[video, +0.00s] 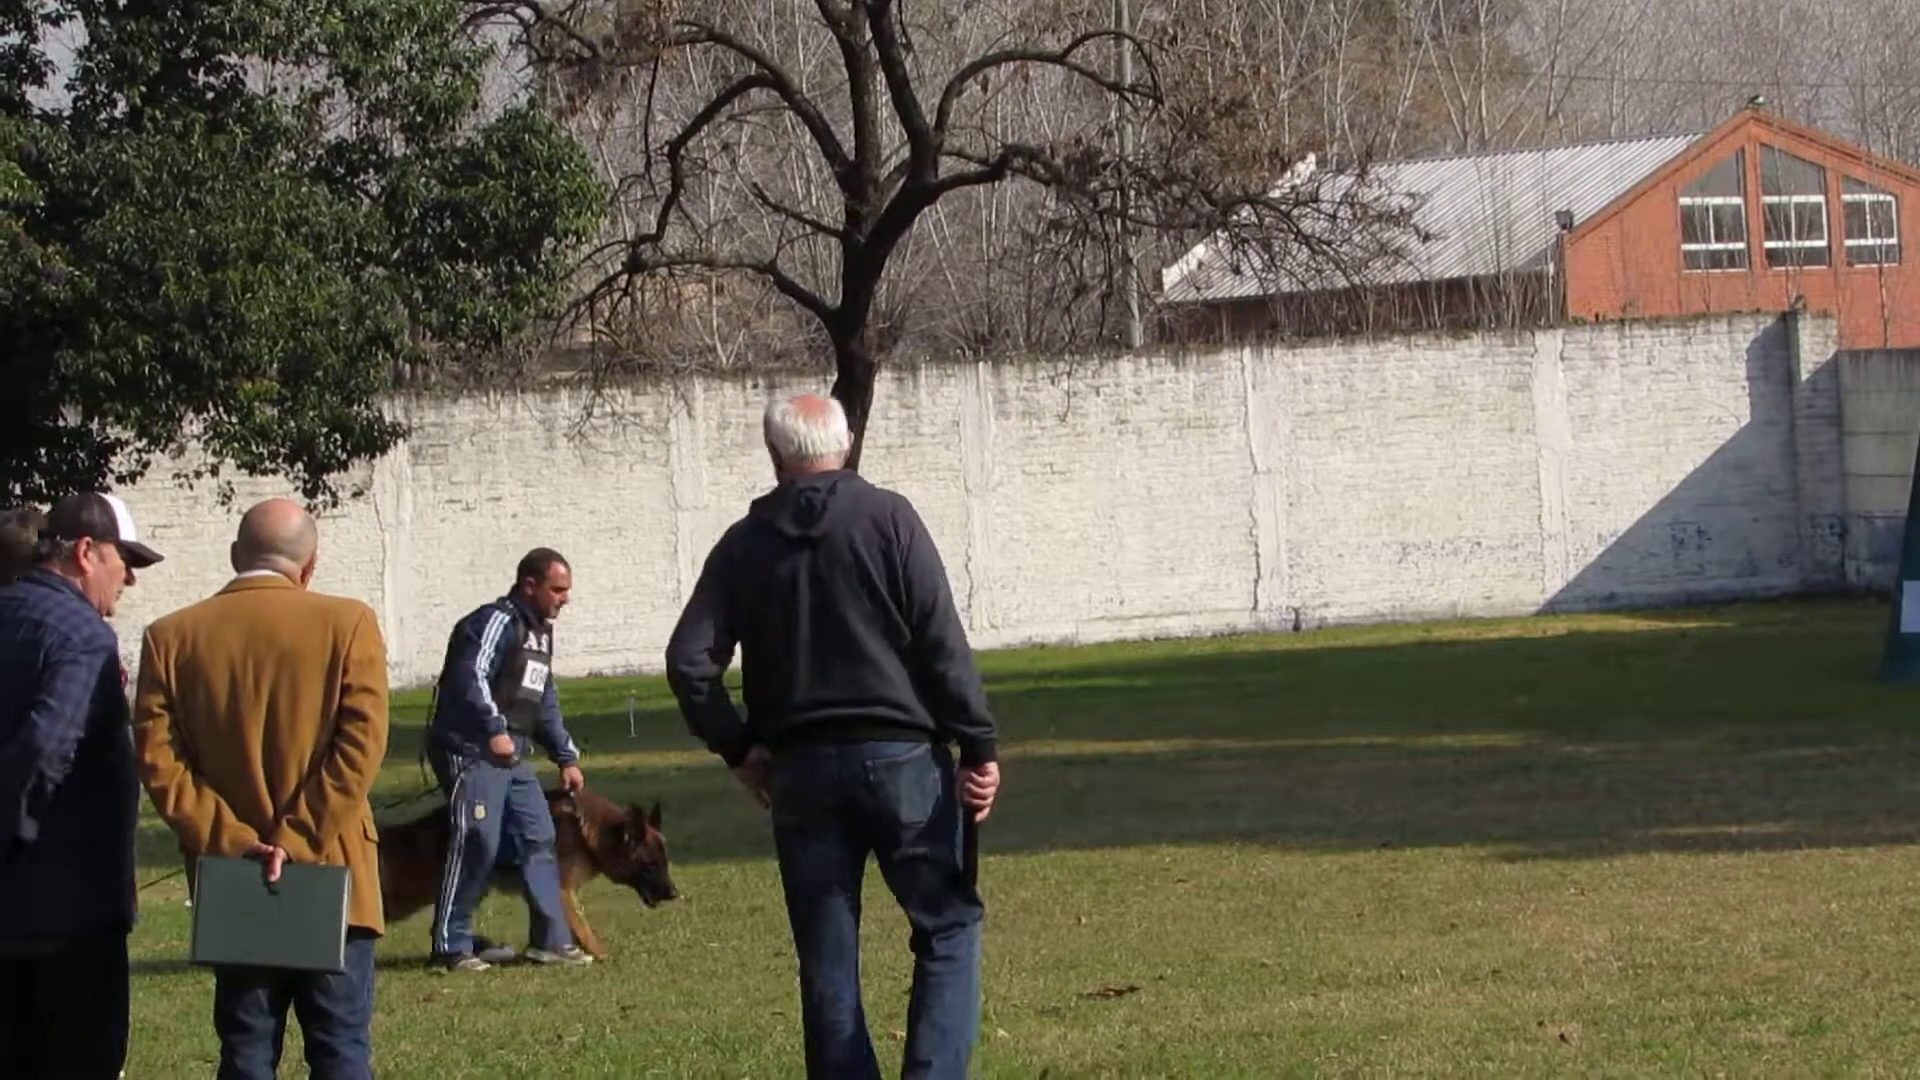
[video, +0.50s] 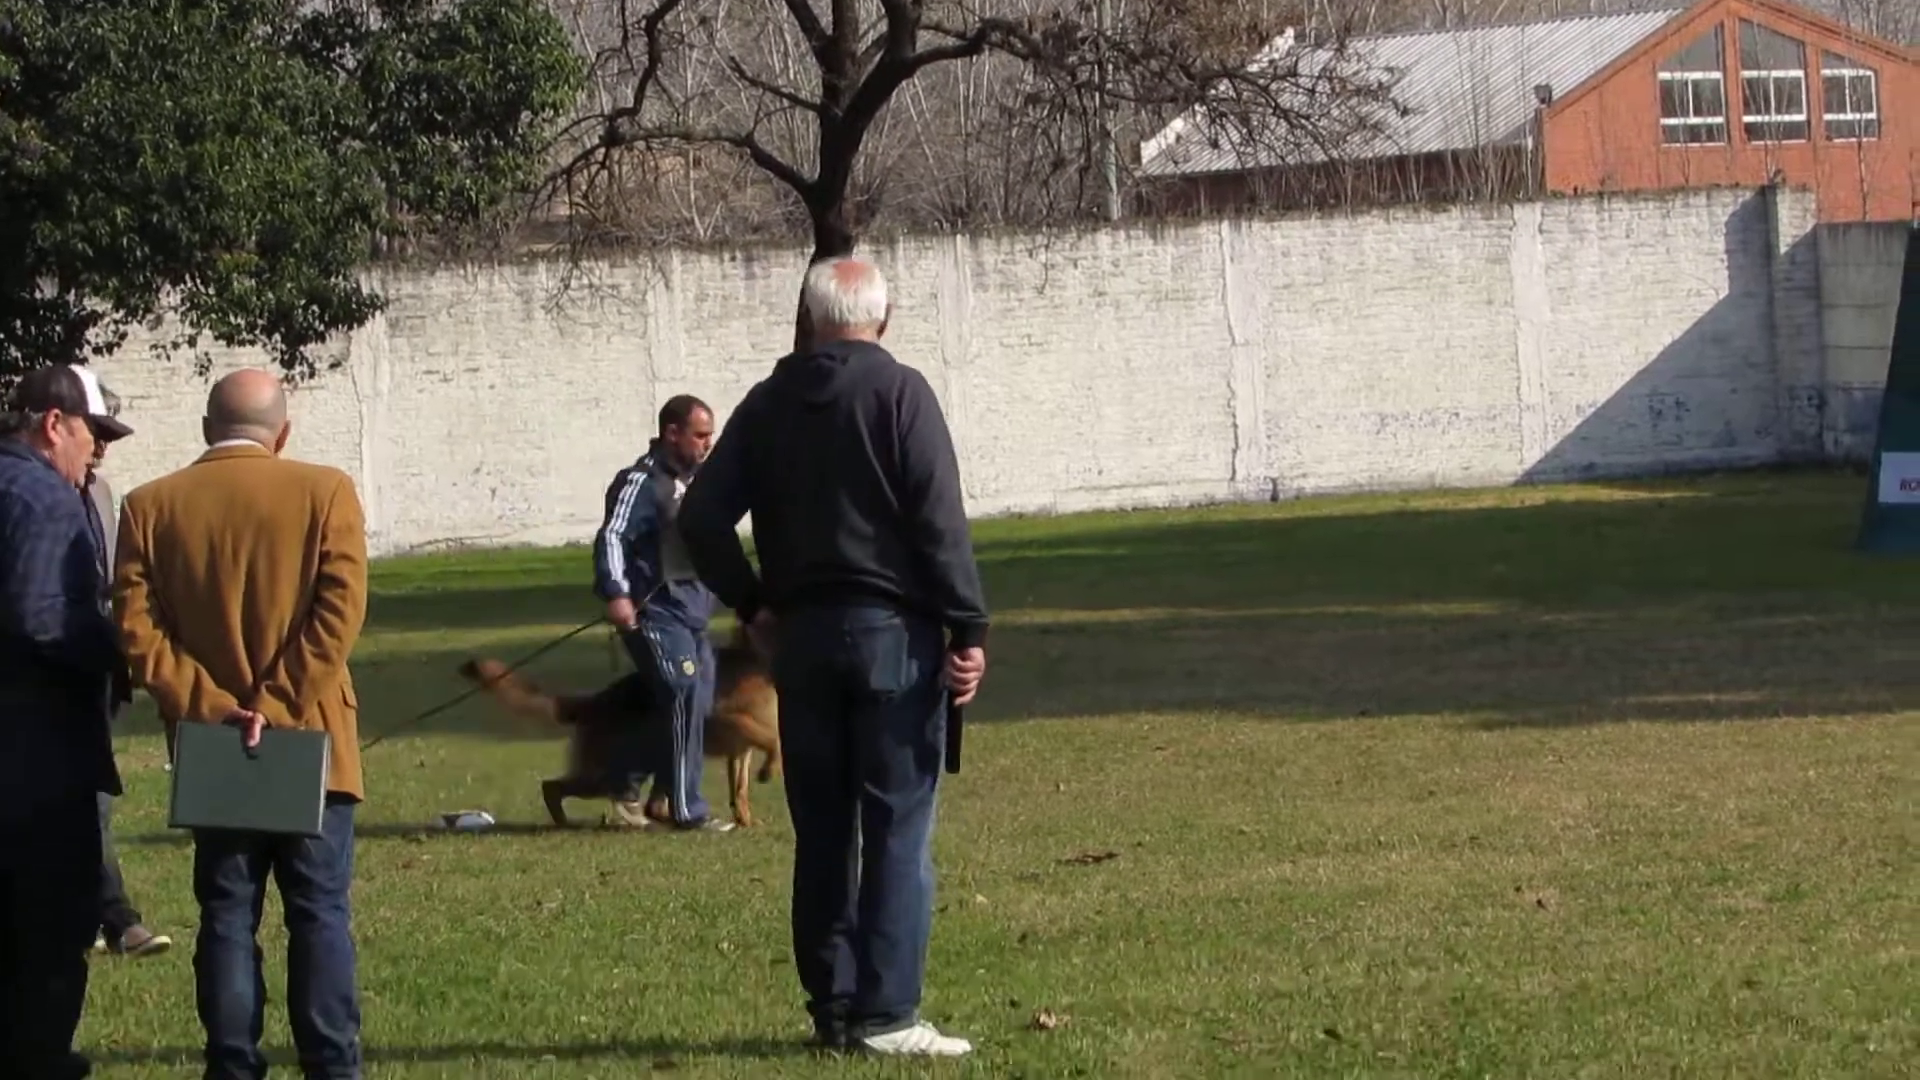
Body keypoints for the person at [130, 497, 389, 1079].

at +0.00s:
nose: (315, 565)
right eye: (315, 557)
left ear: (236, 556)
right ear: (307, 563)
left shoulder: (170, 636)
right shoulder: (349, 623)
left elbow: (159, 766)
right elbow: (359, 749)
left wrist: (237, 845)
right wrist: (294, 839)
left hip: (232, 896)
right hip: (337, 892)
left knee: (246, 1049)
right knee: (341, 1047)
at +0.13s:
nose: (307, 562)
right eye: (306, 554)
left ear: (227, 552)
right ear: (298, 560)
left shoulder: (162, 631)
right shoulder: (342, 618)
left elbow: (151, 759)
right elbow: (352, 745)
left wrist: (230, 839)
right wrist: (287, 833)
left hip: (225, 892)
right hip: (331, 887)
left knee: (240, 1046)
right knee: (335, 1043)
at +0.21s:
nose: (308, 556)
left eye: (306, 547)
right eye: (307, 548)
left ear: (227, 548)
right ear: (297, 554)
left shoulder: (162, 626)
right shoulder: (343, 613)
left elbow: (152, 756)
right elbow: (353, 739)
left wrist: (229, 832)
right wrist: (287, 828)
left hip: (226, 884)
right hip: (330, 879)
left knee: (240, 1038)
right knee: (335, 1036)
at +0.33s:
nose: (297, 514)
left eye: (295, 505)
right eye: (296, 506)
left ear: (216, 507)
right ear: (287, 513)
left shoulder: (153, 584)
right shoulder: (331, 570)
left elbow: (140, 710)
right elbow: (345, 692)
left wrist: (217, 787)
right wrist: (279, 785)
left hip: (214, 837)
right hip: (320, 831)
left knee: (230, 996)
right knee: (324, 991)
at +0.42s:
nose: (291, 478)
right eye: (291, 470)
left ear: (210, 472)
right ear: (282, 476)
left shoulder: (149, 549)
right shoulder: (328, 535)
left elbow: (137, 676)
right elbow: (339, 659)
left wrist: (215, 752)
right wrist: (274, 747)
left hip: (210, 804)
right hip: (317, 799)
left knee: (225, 962)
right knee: (320, 960)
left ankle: (231, 1076)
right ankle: (327, 1074)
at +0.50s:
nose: (288, 432)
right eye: (288, 424)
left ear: (208, 426)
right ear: (281, 430)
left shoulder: (150, 504)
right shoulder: (327, 490)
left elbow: (136, 630)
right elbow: (341, 612)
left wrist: (210, 706)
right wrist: (279, 700)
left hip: (209, 758)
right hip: (316, 751)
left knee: (225, 909)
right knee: (320, 908)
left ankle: (232, 1066)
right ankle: (333, 1065)